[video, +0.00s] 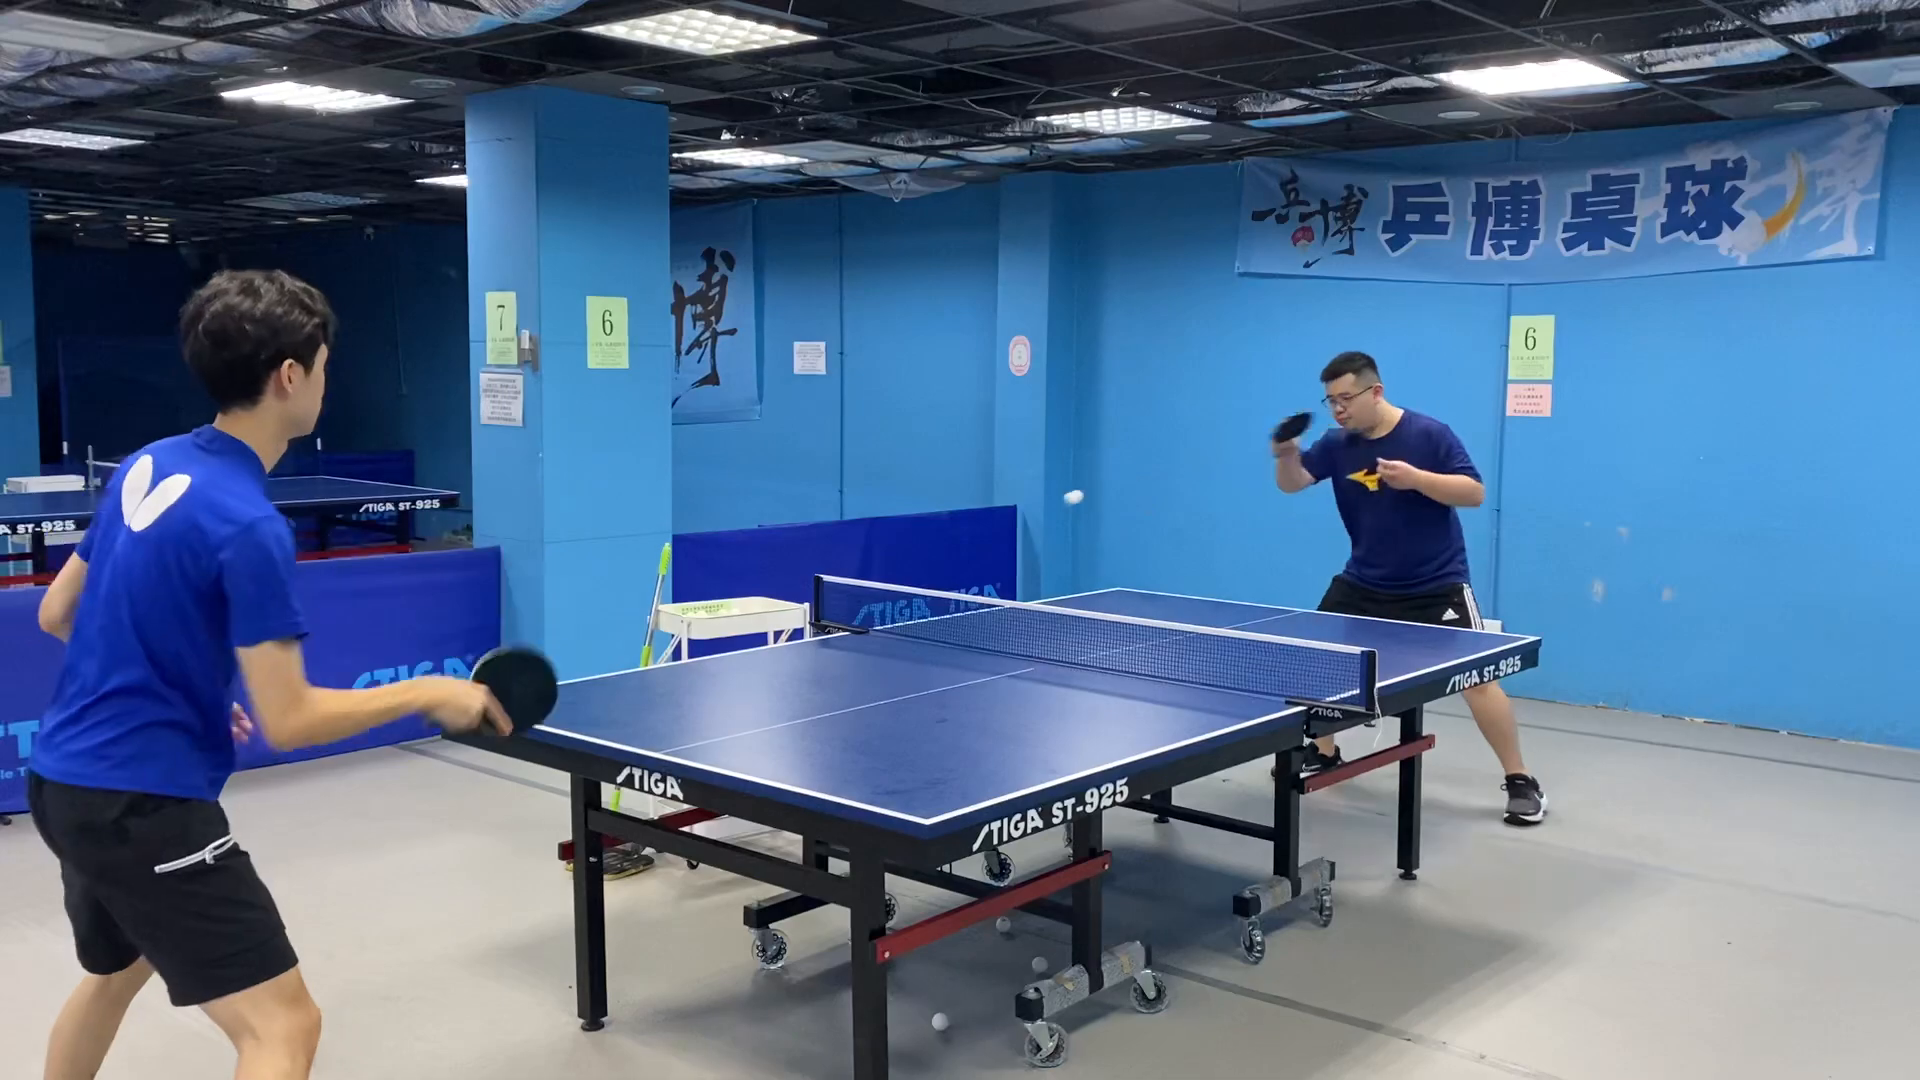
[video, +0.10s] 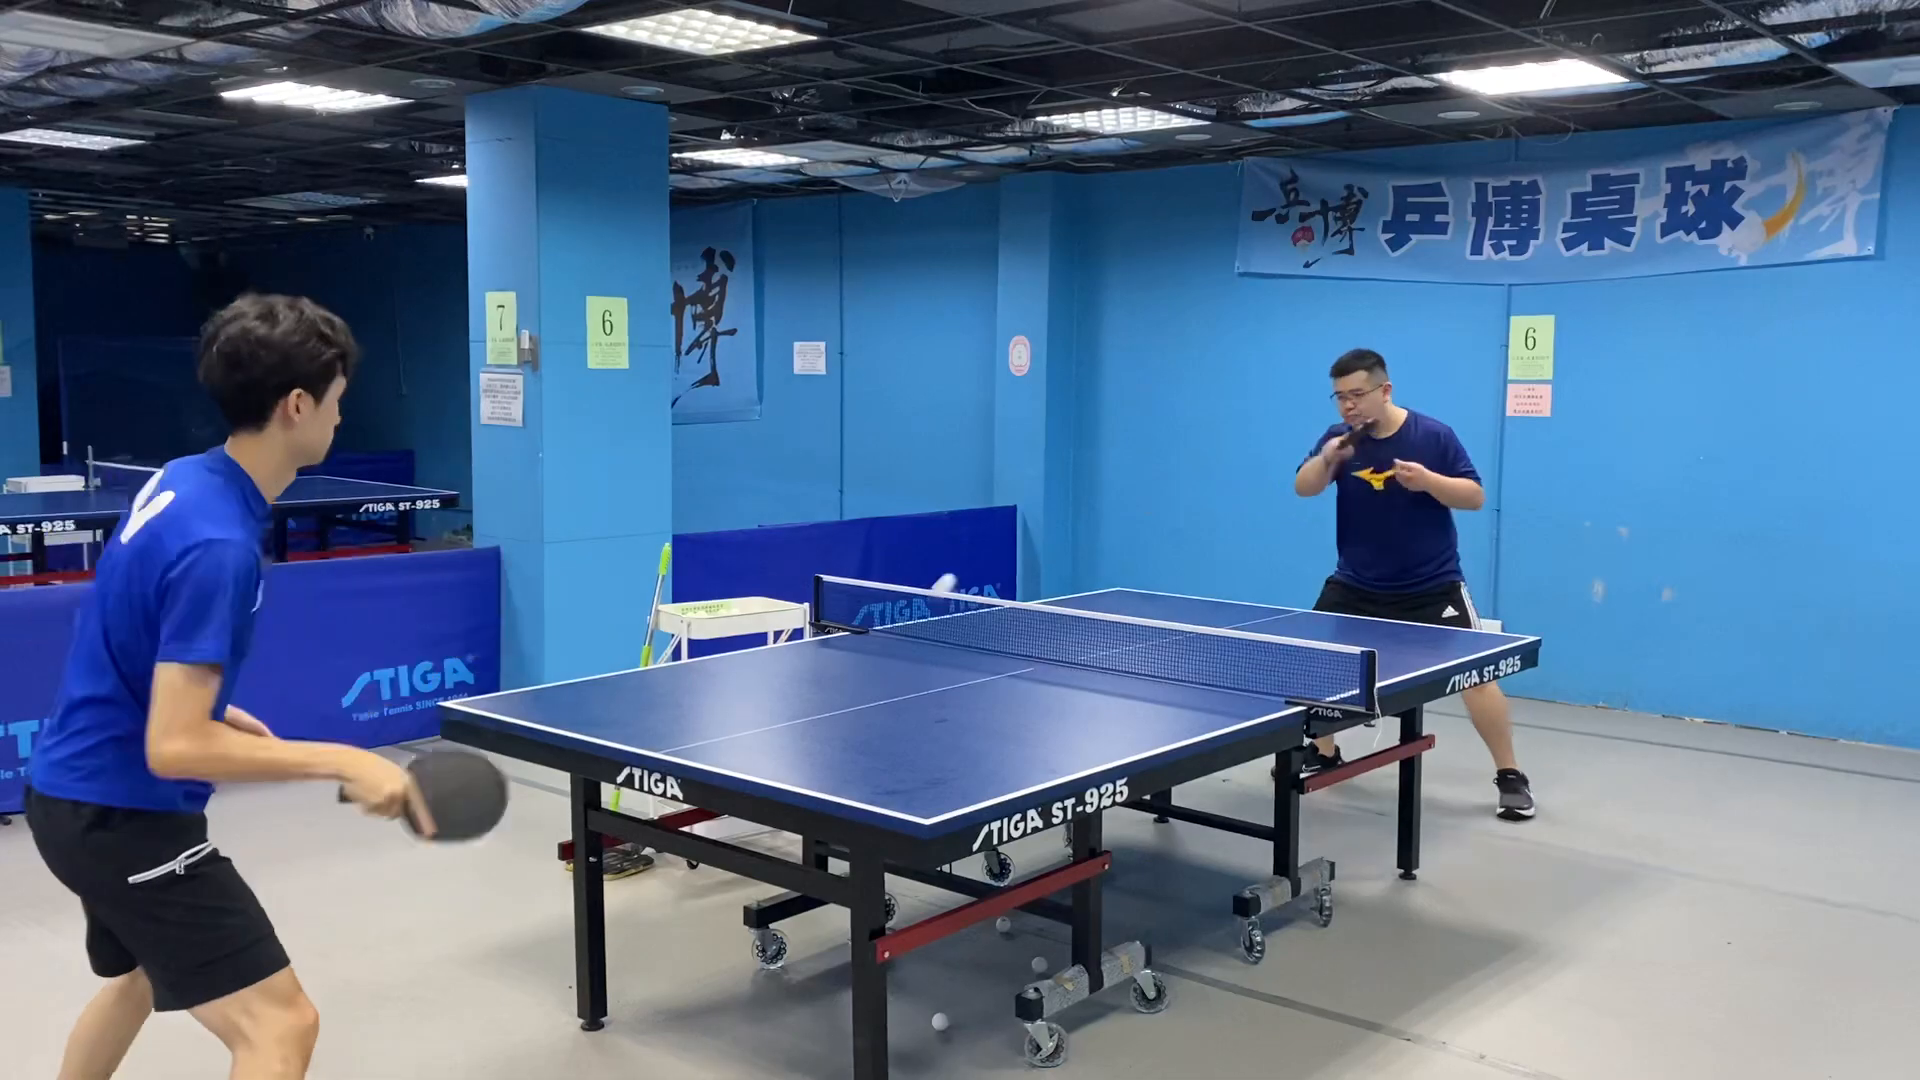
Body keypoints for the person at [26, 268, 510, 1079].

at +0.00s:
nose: (324, 387)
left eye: (324, 368)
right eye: (322, 367)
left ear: (217, 370)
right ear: (286, 376)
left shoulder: (146, 466)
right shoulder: (246, 522)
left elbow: (59, 613)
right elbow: (288, 720)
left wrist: (194, 693)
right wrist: (428, 694)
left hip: (65, 775)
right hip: (144, 797)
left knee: (114, 970)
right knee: (280, 1026)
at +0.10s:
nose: (339, 417)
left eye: (340, 398)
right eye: (336, 398)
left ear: (245, 400)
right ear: (294, 406)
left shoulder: (181, 481)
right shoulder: (219, 543)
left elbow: (134, 647)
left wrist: (213, 713)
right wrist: (344, 764)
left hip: (76, 790)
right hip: (129, 813)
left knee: (134, 983)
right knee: (279, 1025)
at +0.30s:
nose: (362, 470)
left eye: (365, 452)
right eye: (357, 451)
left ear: (297, 447)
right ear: (301, 447)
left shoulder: (193, 507)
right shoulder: (212, 554)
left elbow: (122, 655)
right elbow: (292, 747)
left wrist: (198, 747)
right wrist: (463, 723)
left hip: (64, 802)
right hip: (92, 826)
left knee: (146, 981)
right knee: (270, 1028)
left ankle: (75, 1078)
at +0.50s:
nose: (365, 477)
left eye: (372, 459)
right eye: (366, 456)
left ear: (304, 437)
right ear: (319, 440)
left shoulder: (165, 496)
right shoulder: (251, 553)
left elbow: (46, 621)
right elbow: (445, 633)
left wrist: (144, 686)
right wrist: (516, 521)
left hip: (38, 802)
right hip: (108, 829)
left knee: (110, 979)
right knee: (286, 1030)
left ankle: (54, 1079)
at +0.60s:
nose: (353, 443)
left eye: (359, 425)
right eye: (354, 423)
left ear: (253, 406)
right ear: (310, 415)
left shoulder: (146, 483)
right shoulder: (255, 535)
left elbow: (33, 617)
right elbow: (438, 634)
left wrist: (117, 695)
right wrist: (513, 525)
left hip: (35, 793)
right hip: (119, 822)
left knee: (104, 971)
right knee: (285, 1029)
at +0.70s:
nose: (333, 415)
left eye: (336, 396)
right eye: (333, 394)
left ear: (241, 381)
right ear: (293, 391)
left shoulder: (137, 471)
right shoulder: (249, 518)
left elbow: (27, 614)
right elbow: (395, 656)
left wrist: (117, 686)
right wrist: (496, 576)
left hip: (41, 786)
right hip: (130, 810)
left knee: (100, 973)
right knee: (280, 1026)